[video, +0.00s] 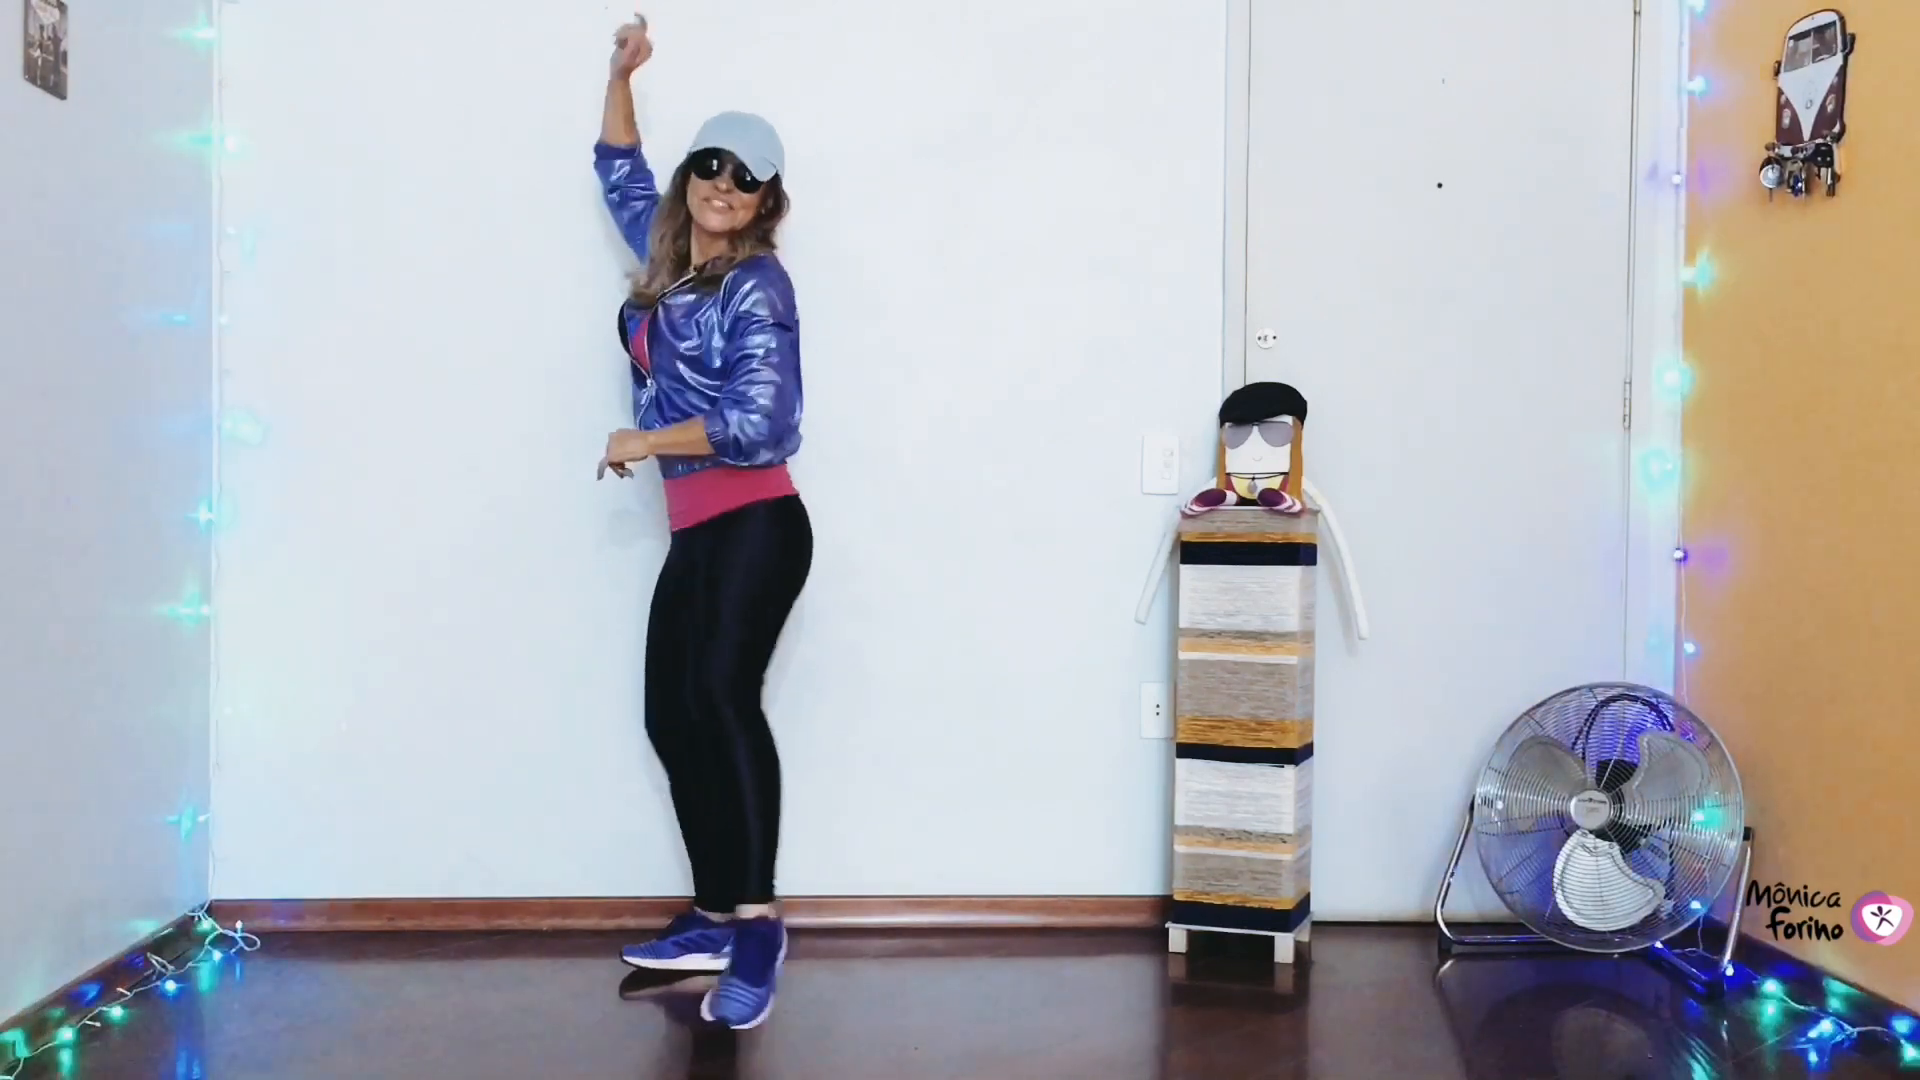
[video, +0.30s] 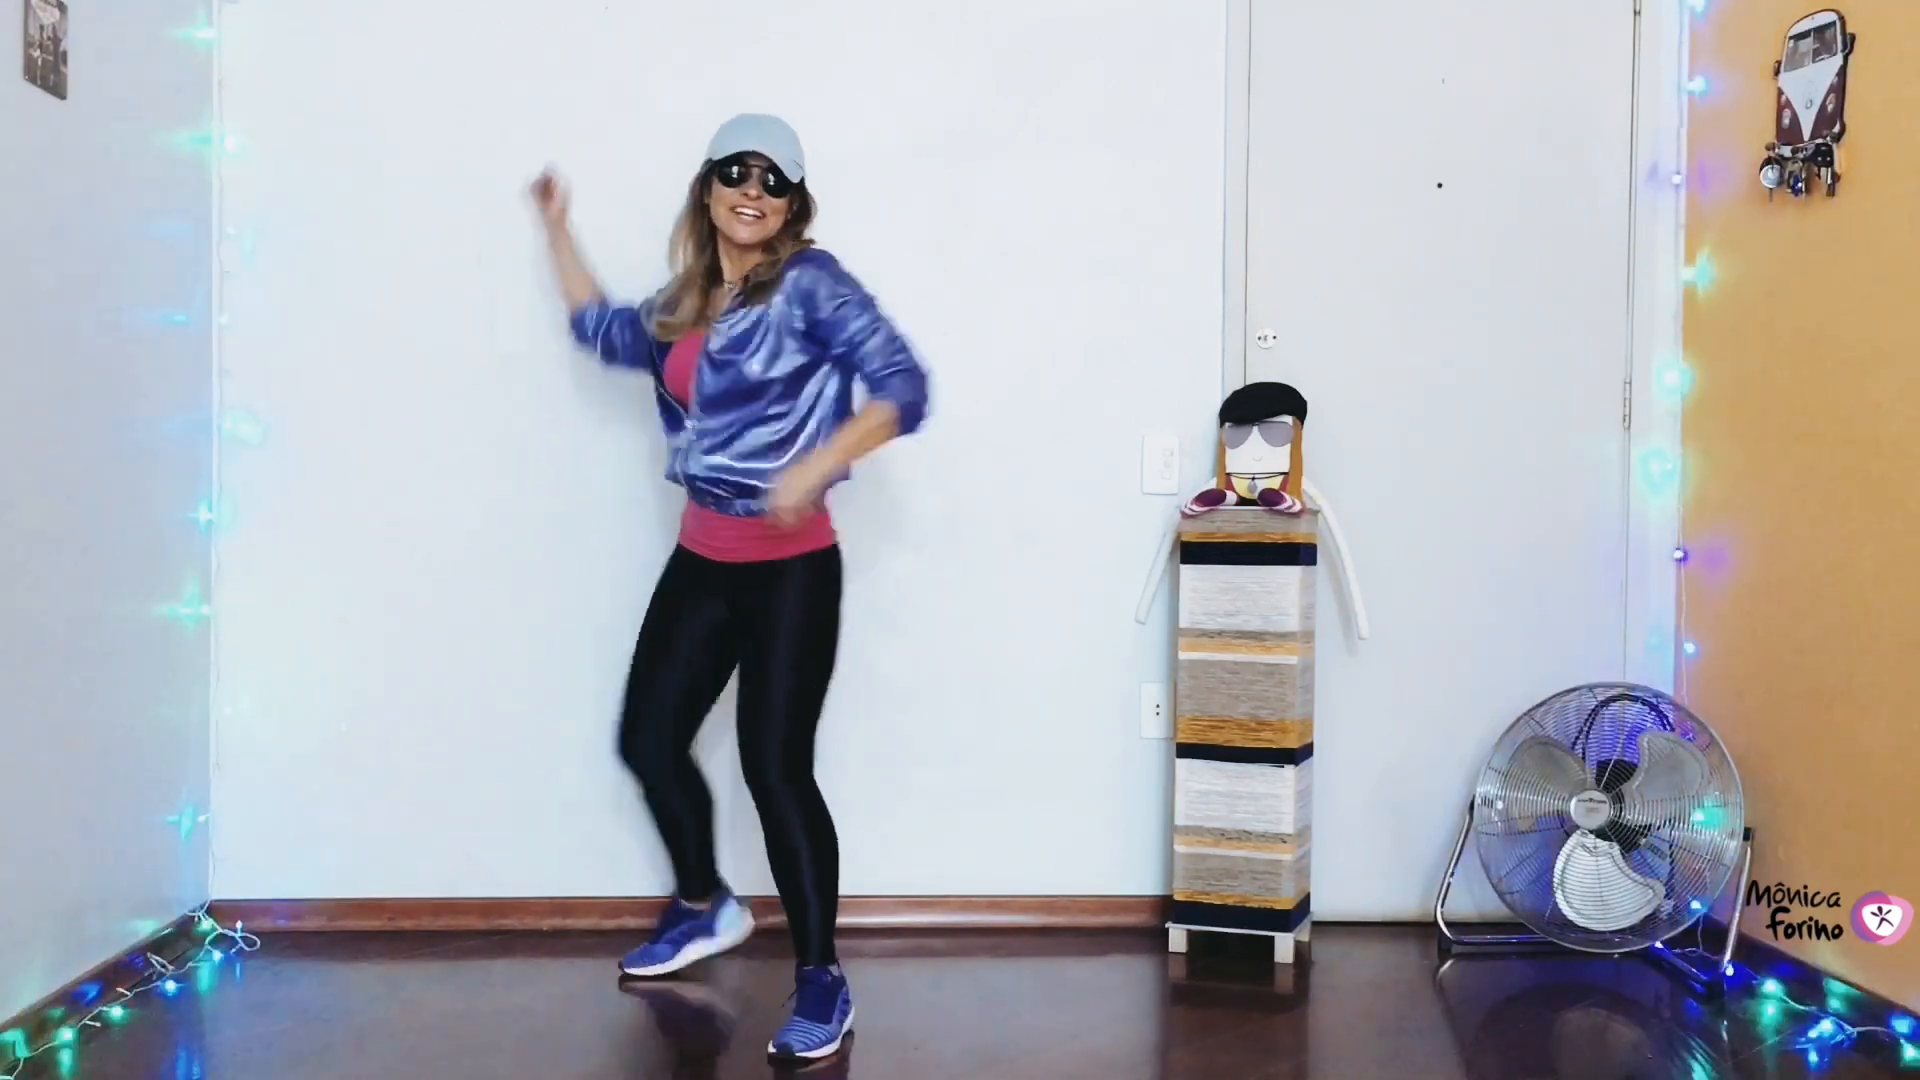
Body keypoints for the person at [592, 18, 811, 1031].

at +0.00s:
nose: (725, 190)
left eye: (746, 183)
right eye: (714, 171)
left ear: (764, 203)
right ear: (687, 179)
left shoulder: (756, 284)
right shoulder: (669, 266)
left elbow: (762, 419)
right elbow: (622, 175)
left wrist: (655, 440)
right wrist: (621, 77)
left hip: (758, 521)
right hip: (695, 532)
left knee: (726, 702)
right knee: (671, 714)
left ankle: (759, 919)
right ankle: (713, 912)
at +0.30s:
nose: (752, 195)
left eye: (773, 184)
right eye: (735, 178)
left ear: (795, 203)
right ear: (706, 194)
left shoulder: (811, 283)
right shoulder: (690, 299)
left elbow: (904, 386)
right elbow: (600, 328)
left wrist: (819, 466)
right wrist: (558, 228)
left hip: (791, 568)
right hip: (703, 561)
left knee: (775, 764)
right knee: (650, 740)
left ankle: (820, 979)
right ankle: (706, 906)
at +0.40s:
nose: (758, 198)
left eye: (780, 188)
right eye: (741, 181)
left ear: (802, 209)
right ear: (712, 198)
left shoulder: (836, 292)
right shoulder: (687, 317)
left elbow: (961, 365)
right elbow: (586, 392)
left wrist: (925, 436)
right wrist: (509, 308)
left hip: (819, 579)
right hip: (721, 575)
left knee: (793, 772)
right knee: (608, 732)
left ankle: (821, 983)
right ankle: (677, 879)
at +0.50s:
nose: (751, 198)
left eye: (772, 186)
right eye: (734, 183)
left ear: (798, 207)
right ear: (707, 203)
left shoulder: (845, 301)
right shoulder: (674, 326)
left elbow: (969, 343)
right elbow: (590, 440)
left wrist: (1001, 375)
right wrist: (469, 398)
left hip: (825, 577)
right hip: (723, 576)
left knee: (806, 773)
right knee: (614, 712)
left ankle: (821, 985)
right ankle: (687, 888)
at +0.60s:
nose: (734, 196)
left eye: (754, 181)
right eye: (716, 183)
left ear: (788, 198)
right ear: (696, 205)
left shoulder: (846, 301)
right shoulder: (668, 324)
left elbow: (950, 329)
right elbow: (625, 462)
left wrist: (1014, 333)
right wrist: (520, 489)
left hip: (817, 573)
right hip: (709, 572)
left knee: (823, 778)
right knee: (643, 739)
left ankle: (821, 983)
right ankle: (694, 932)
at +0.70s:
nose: (728, 195)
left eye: (746, 176)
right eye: (706, 185)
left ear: (782, 191)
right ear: (690, 209)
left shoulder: (833, 291)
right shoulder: (665, 330)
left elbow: (924, 289)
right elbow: (655, 452)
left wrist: (1005, 278)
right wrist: (652, 531)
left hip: (788, 565)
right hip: (685, 569)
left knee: (827, 768)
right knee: (690, 779)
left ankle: (825, 983)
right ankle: (687, 978)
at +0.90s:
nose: (755, 177)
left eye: (768, 156)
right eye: (729, 168)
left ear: (796, 169)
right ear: (708, 192)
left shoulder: (802, 240)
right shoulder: (721, 304)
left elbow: (847, 180)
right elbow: (716, 456)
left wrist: (938, 152)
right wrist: (811, 512)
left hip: (739, 539)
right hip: (656, 540)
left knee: (831, 705)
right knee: (685, 743)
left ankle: (822, 919)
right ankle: (645, 968)